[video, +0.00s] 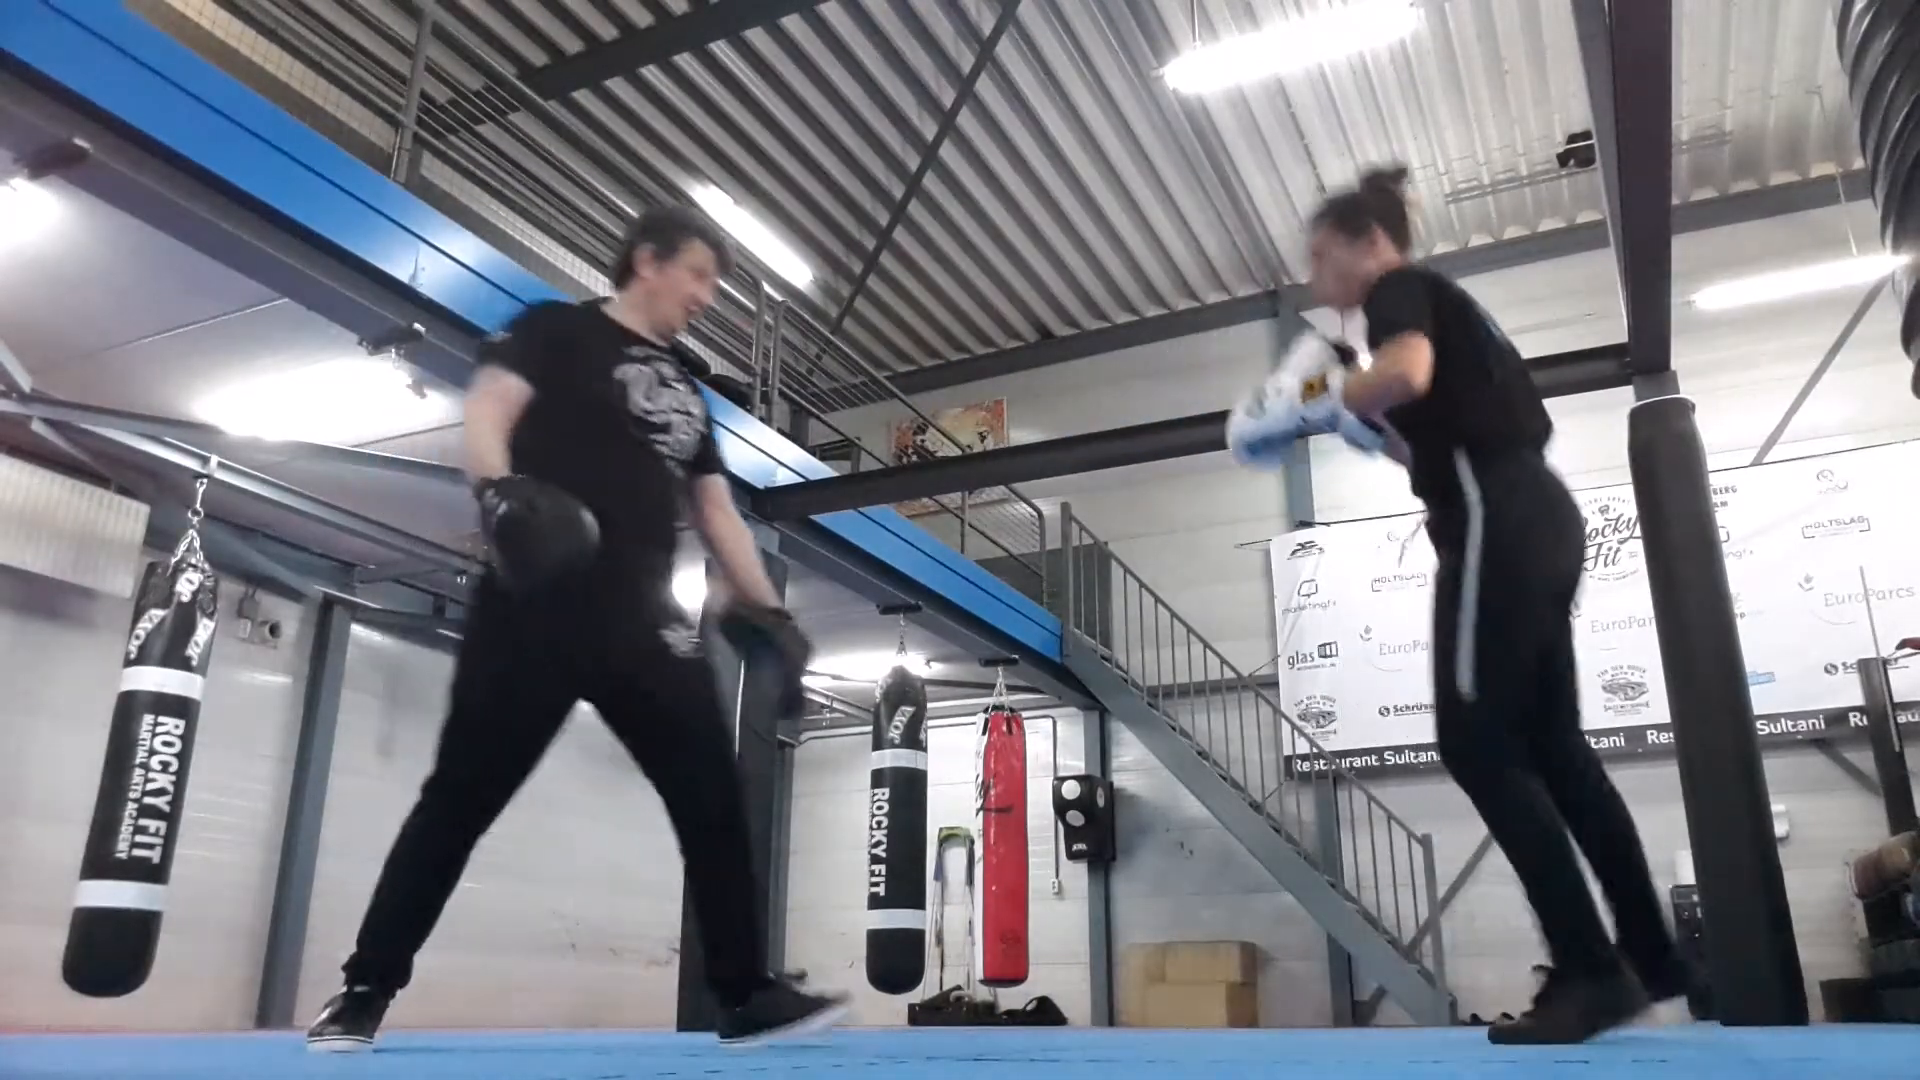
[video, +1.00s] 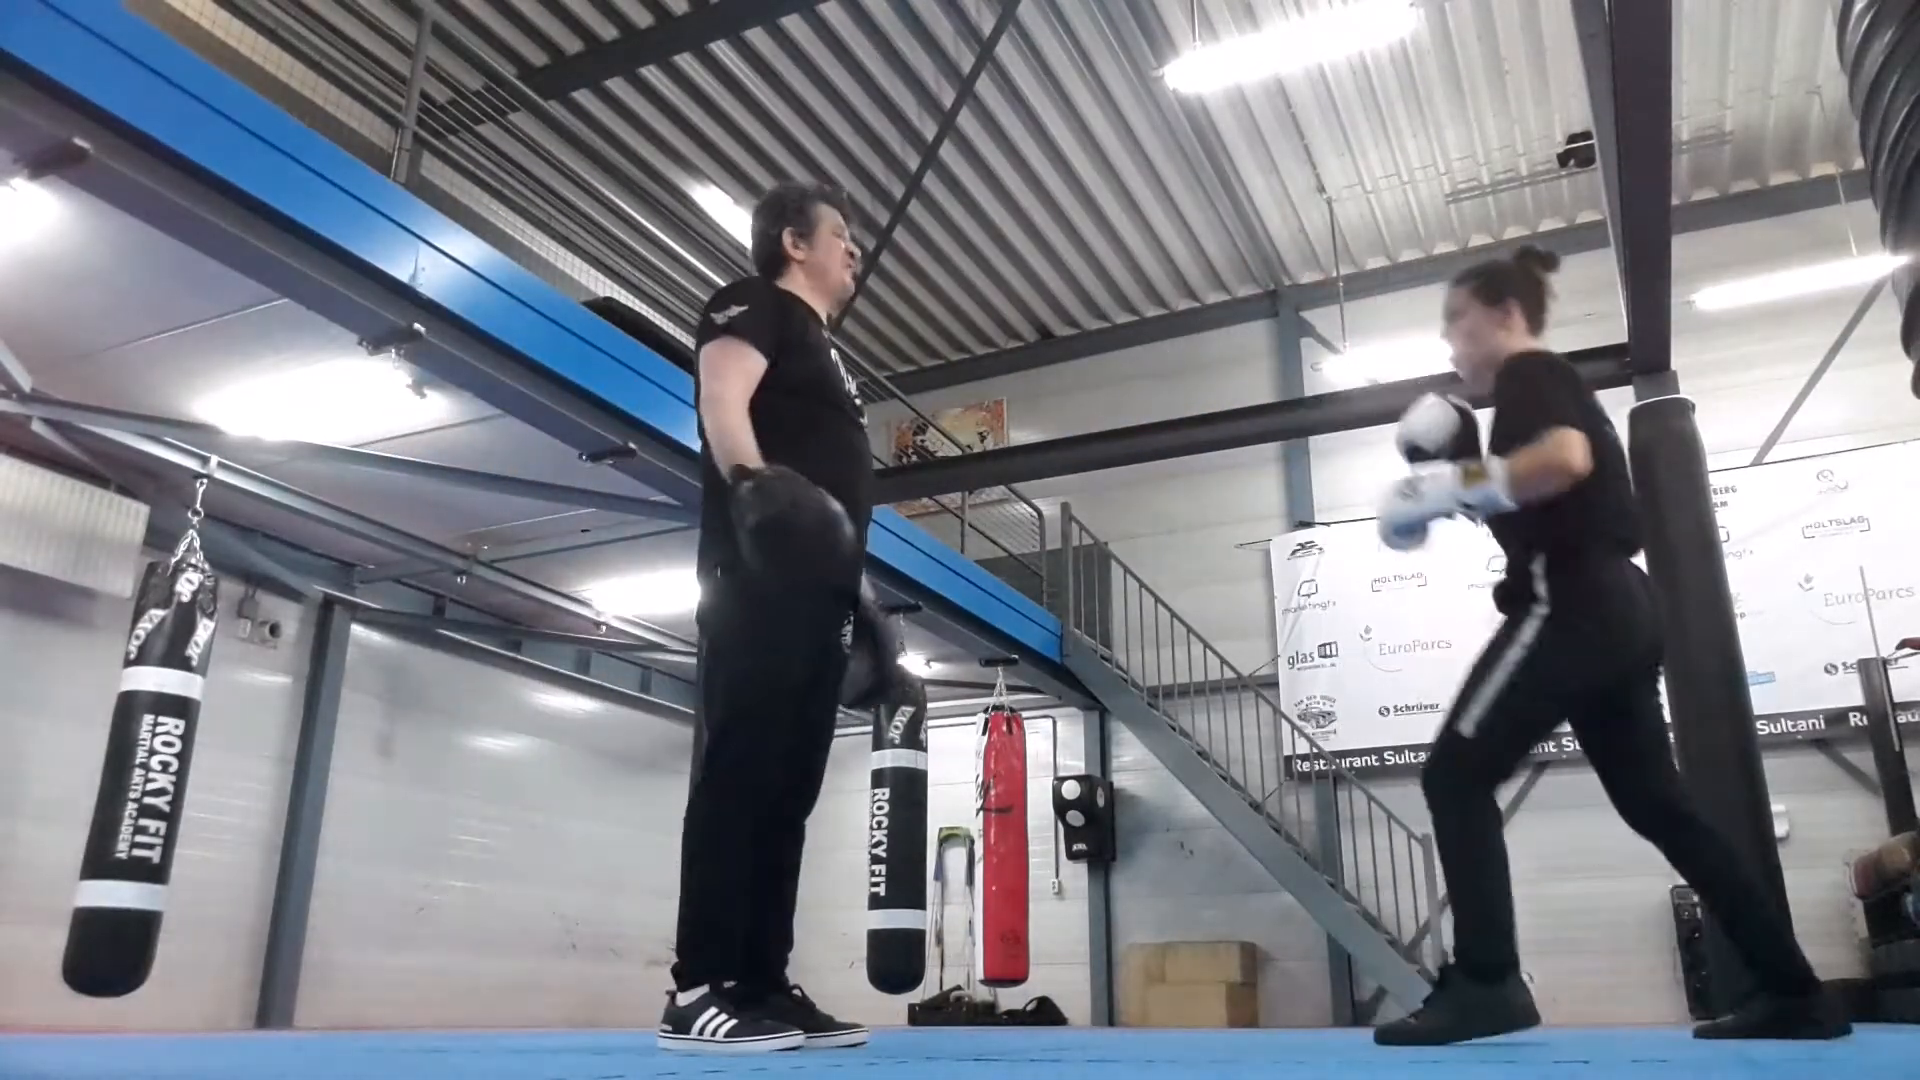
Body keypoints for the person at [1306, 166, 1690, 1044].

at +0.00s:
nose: (1315, 281)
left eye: (1321, 259)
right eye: (1312, 264)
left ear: (1368, 243)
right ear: (1385, 250)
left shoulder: (1398, 288)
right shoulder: (1437, 302)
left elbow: (1412, 368)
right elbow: (1428, 445)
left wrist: (1333, 387)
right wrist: (1342, 405)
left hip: (1495, 522)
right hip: (1538, 514)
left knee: (1475, 746)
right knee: (1554, 746)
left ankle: (1588, 972)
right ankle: (1652, 956)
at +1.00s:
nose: (1449, 343)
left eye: (1457, 324)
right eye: (1447, 326)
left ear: (1505, 316)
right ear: (1513, 322)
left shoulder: (1528, 377)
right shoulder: (1548, 386)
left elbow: (1567, 457)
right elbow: (1532, 497)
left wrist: (1460, 485)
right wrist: (1451, 483)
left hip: (1574, 606)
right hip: (1616, 604)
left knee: (1454, 772)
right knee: (1655, 801)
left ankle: (1485, 983)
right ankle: (1790, 988)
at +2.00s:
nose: (1345, 306)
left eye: (1358, 292)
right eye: (1346, 294)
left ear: (1407, 296)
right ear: (1396, 303)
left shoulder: (1447, 349)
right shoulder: (1412, 399)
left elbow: (1516, 407)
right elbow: (1451, 519)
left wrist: (1555, 476)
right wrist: (1431, 618)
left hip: (1527, 576)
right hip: (1526, 589)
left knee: (1461, 769)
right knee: (1619, 786)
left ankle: (1496, 996)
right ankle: (1768, 973)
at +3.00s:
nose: (1283, 351)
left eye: (1284, 342)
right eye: (1285, 343)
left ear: (1299, 338)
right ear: (1354, 344)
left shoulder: (1302, 388)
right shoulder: (1393, 411)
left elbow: (1281, 485)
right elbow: (1404, 519)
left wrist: (1224, 576)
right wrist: (1329, 568)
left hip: (1350, 592)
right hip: (1418, 592)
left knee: (1347, 784)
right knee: (1376, 791)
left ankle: (1460, 947)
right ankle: (1392, 984)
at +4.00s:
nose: (1148, 430)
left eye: (1155, 420)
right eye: (1152, 419)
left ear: (1171, 425)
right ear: (1207, 426)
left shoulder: (1163, 492)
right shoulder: (1235, 493)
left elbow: (1151, 591)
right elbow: (1253, 592)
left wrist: (1135, 653)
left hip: (1196, 661)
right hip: (1250, 658)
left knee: (1194, 825)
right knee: (1199, 821)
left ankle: (1223, 999)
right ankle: (1266, 972)